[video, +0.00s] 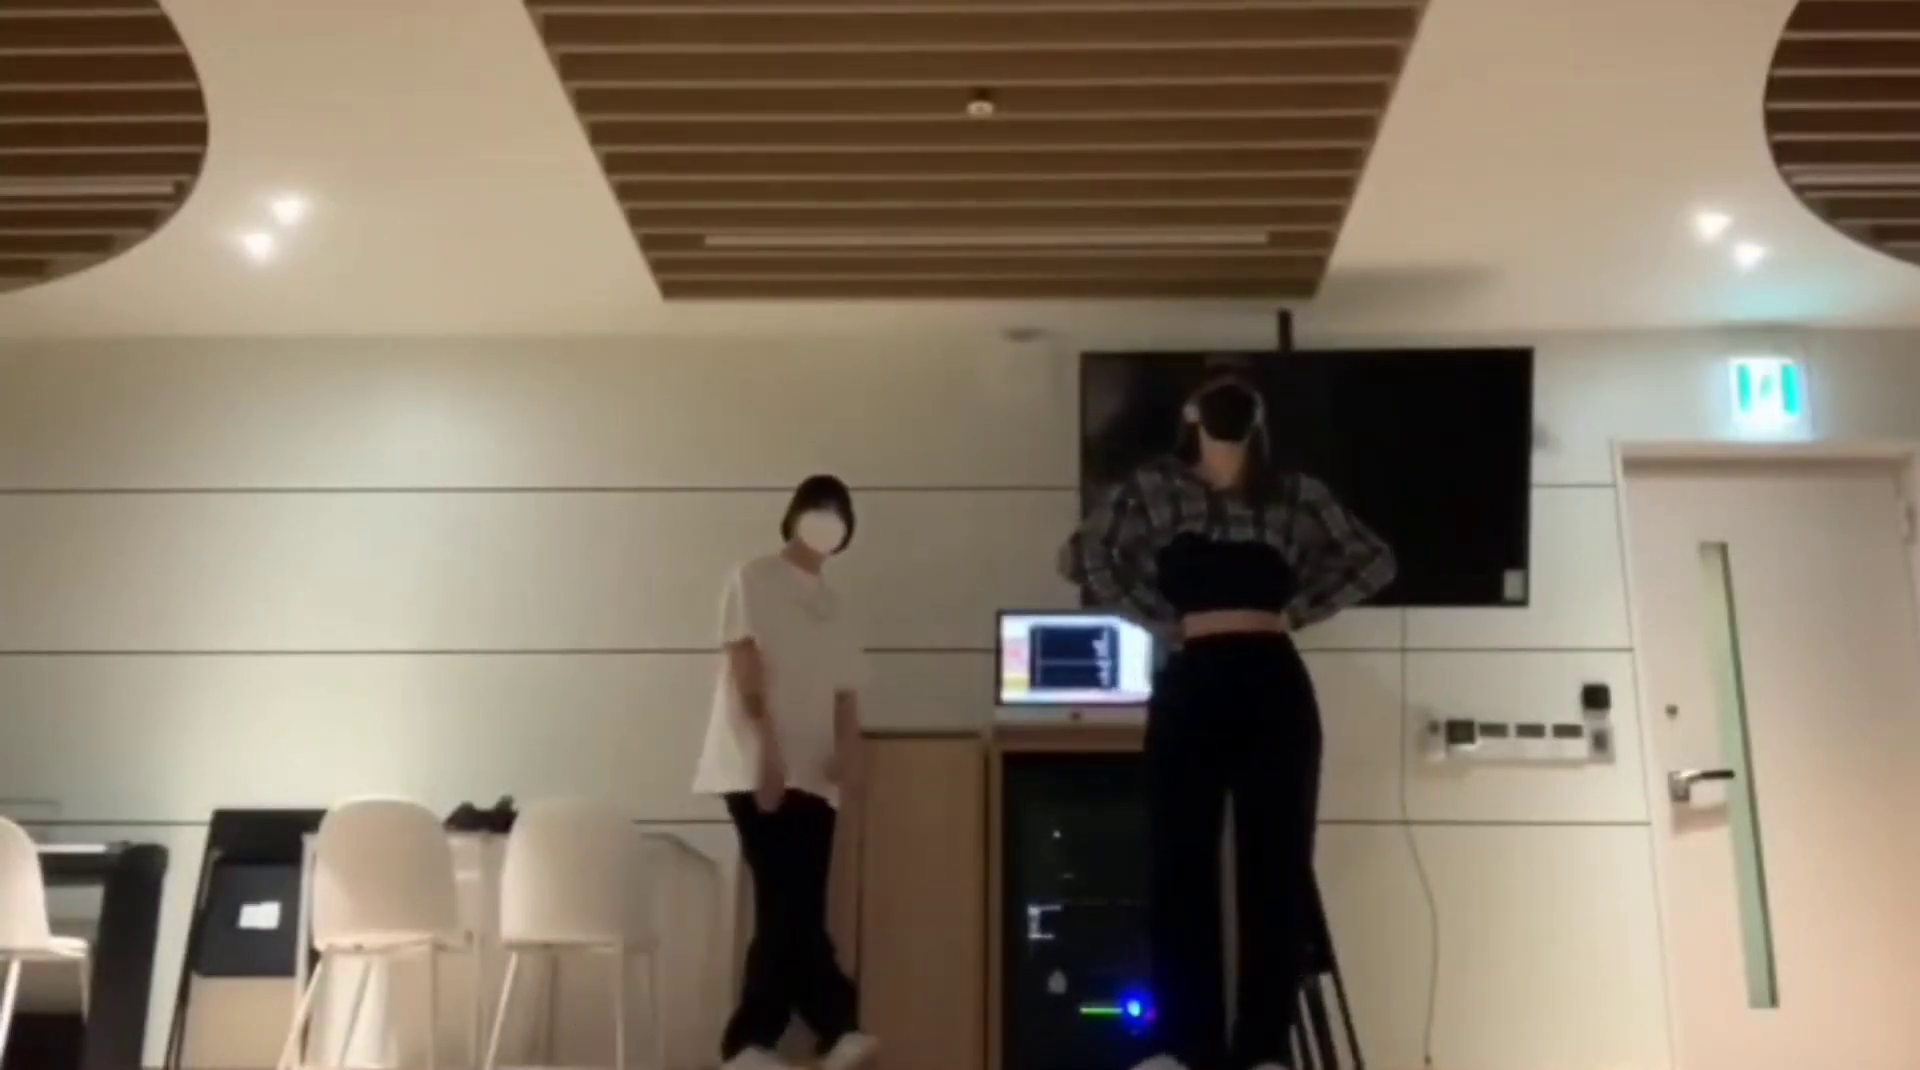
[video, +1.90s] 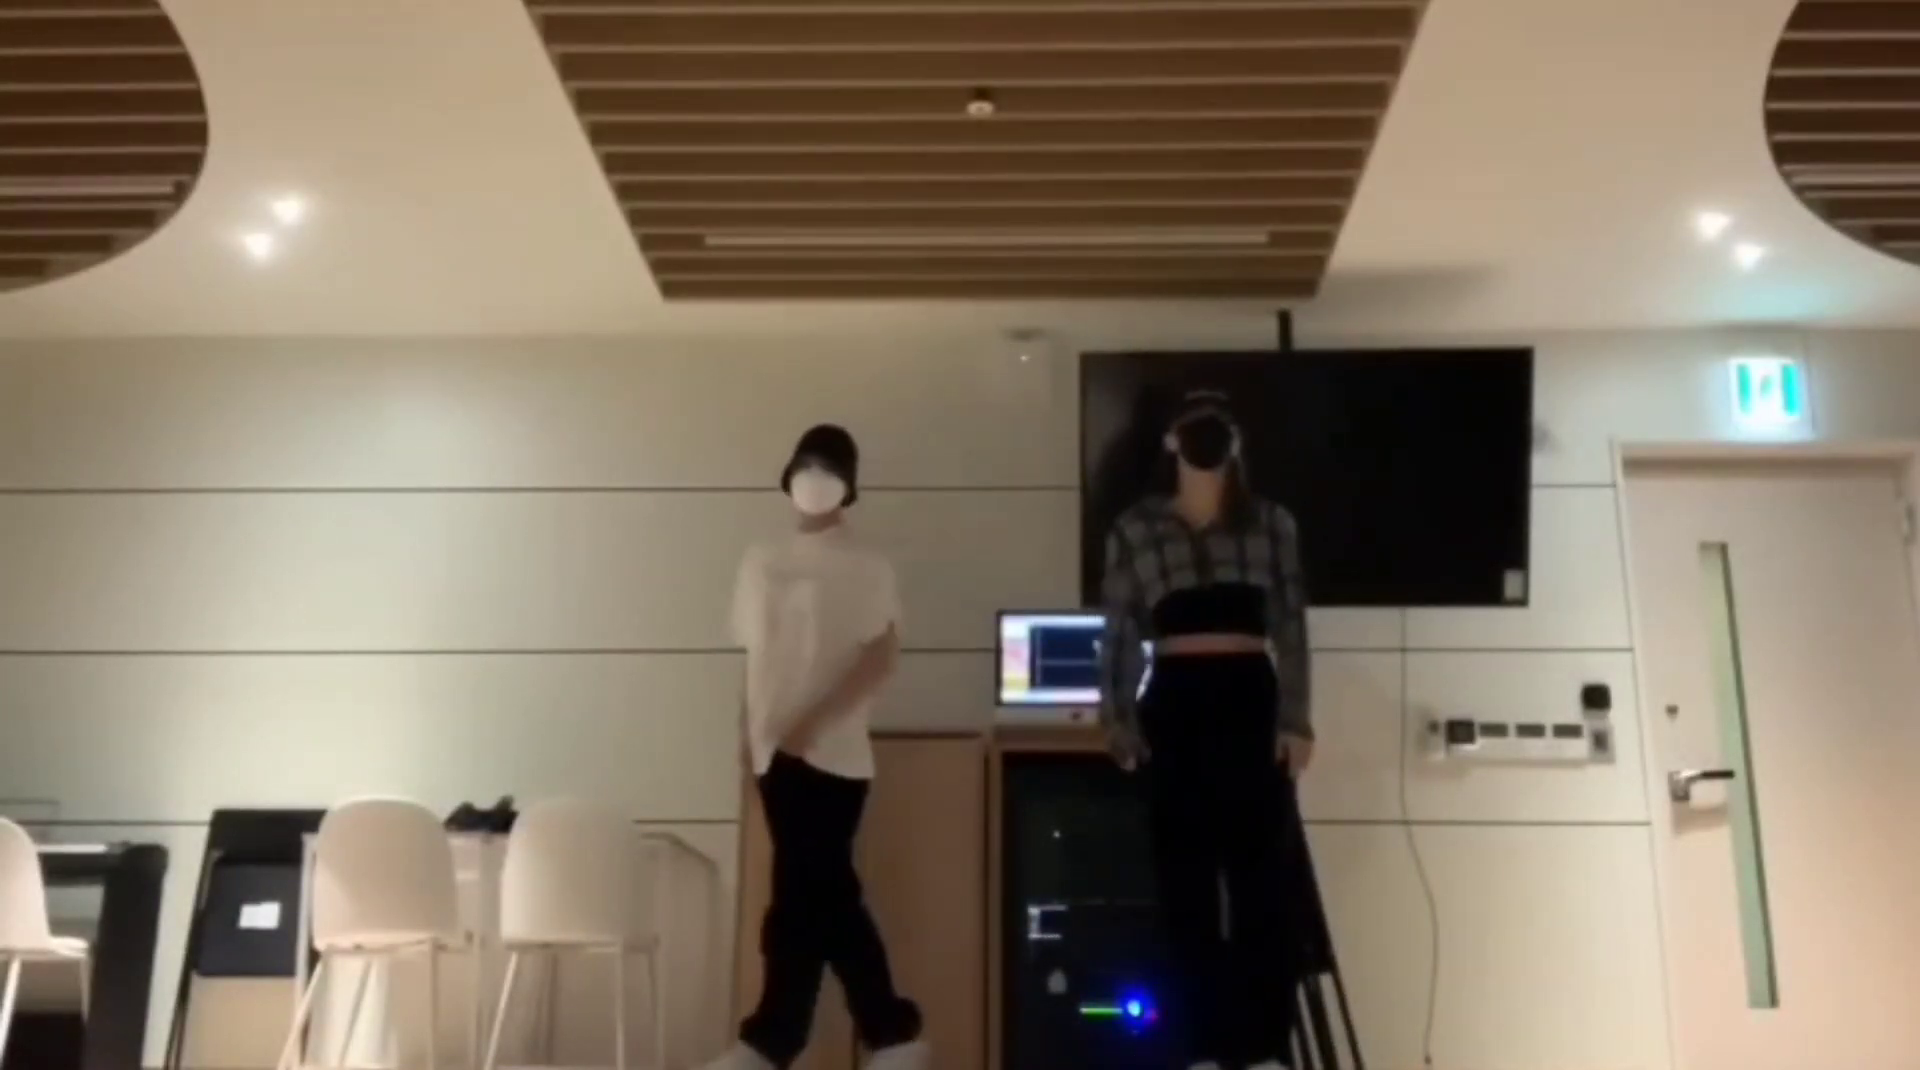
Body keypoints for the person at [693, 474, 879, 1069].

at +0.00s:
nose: (827, 526)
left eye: (839, 518)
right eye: (818, 512)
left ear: (847, 531)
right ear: (795, 516)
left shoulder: (832, 603)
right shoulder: (753, 578)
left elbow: (845, 690)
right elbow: (744, 670)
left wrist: (848, 756)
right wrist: (767, 754)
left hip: (815, 774)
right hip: (757, 769)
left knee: (793, 913)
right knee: (791, 908)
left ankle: (749, 1042)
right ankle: (836, 1028)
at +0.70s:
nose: (873, 498)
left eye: (884, 488)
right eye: (862, 485)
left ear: (897, 501)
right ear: (839, 493)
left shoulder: (888, 578)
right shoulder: (815, 566)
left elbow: (903, 677)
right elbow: (811, 658)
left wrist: (925, 757)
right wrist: (848, 747)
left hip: (902, 770)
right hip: (848, 770)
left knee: (896, 904)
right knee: (857, 914)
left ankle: (803, 1005)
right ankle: (876, 1044)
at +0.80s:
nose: (876, 497)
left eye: (887, 488)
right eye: (864, 484)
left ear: (899, 500)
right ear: (841, 492)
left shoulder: (892, 577)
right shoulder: (816, 564)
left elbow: (915, 669)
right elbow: (820, 654)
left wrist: (935, 742)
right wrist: (867, 733)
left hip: (909, 763)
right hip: (850, 763)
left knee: (929, 887)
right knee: (862, 901)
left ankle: (841, 1000)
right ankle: (876, 1039)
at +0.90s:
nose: (877, 495)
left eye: (888, 485)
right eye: (864, 482)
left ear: (900, 498)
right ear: (841, 490)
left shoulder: (901, 577)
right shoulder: (813, 564)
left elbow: (922, 667)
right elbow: (818, 643)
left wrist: (943, 740)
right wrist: (876, 709)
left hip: (917, 767)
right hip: (851, 766)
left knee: (946, 899)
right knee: (860, 910)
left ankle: (935, 1028)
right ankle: (875, 1043)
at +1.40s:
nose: (870, 493)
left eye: (882, 482)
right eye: (858, 480)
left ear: (898, 492)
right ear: (838, 490)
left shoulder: (922, 567)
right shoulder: (811, 567)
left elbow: (946, 660)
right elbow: (783, 662)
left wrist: (934, 730)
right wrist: (778, 750)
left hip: (903, 760)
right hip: (826, 763)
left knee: (904, 886)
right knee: (841, 903)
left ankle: (903, 1007)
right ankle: (862, 1037)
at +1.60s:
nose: (859, 489)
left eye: (872, 477)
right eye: (847, 476)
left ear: (890, 488)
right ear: (828, 485)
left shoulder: (921, 568)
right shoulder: (805, 566)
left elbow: (939, 658)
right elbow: (776, 658)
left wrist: (899, 729)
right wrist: (763, 737)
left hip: (887, 749)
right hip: (813, 748)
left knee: (857, 897)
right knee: (835, 899)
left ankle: (808, 1016)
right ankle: (875, 1037)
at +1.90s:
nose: (814, 485)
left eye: (830, 474)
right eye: (804, 471)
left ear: (850, 487)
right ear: (788, 479)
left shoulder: (869, 565)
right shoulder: (762, 560)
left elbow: (880, 659)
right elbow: (754, 659)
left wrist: (805, 727)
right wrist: (749, 744)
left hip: (839, 759)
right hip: (775, 755)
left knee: (796, 907)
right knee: (832, 900)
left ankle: (771, 1043)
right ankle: (891, 1032)